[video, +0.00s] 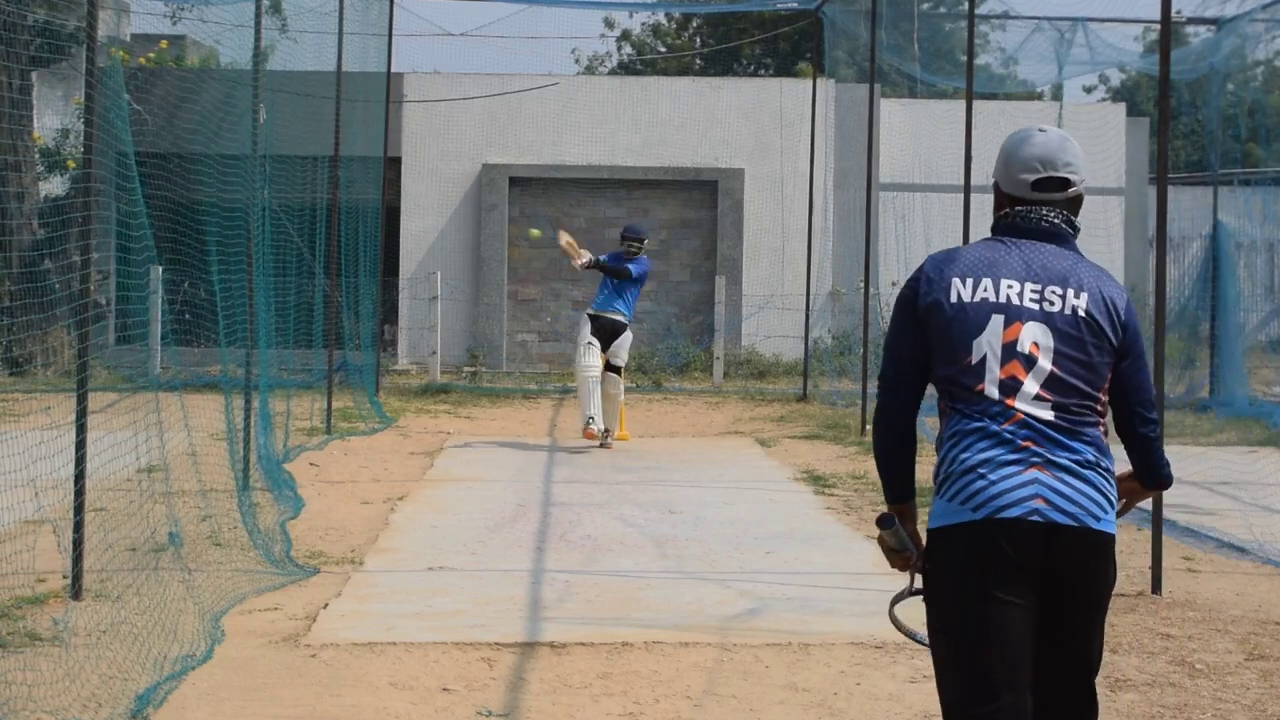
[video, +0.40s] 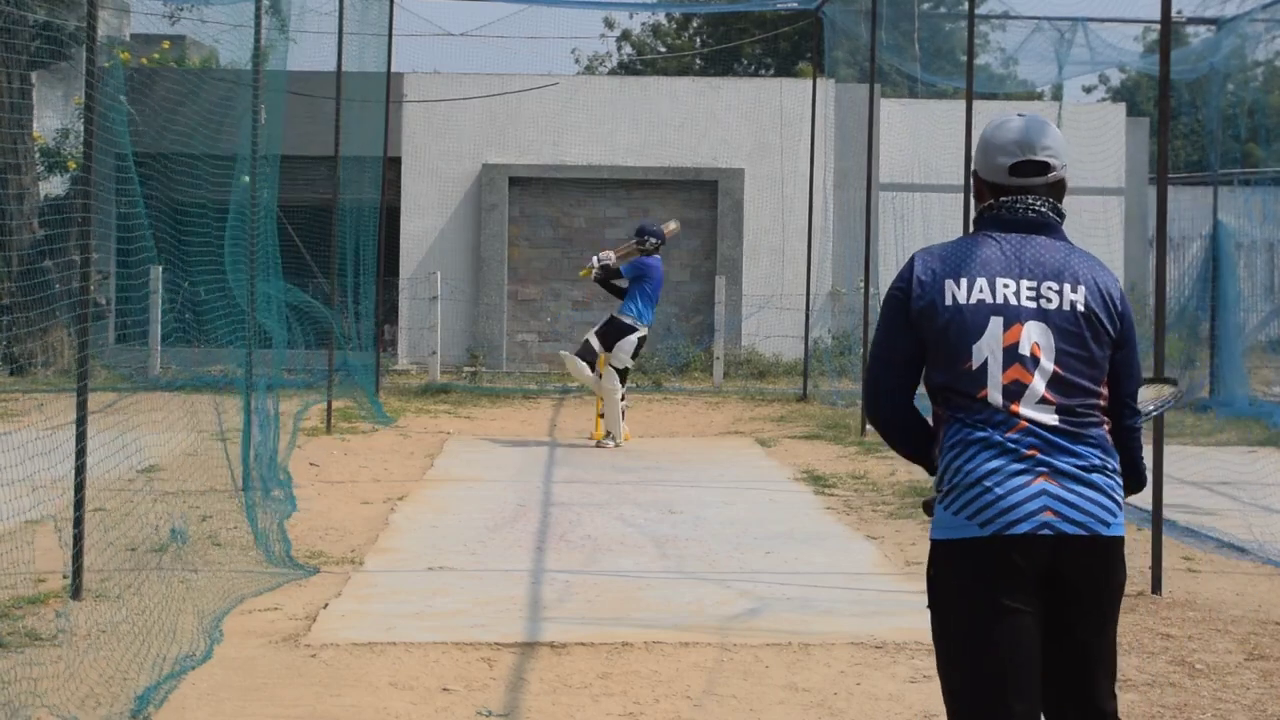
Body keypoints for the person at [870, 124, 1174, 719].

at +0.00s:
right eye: (1072, 193)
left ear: (998, 197)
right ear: (1076, 202)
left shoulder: (938, 275)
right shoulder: (1107, 291)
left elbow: (893, 411)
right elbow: (1139, 417)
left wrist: (901, 513)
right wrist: (1147, 476)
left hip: (976, 518)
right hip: (1084, 523)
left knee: (983, 701)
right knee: (1069, 698)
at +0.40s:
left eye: (979, 179)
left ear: (980, 187)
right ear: (1061, 189)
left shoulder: (928, 271)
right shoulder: (1102, 281)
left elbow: (885, 404)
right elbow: (1125, 411)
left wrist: (951, 460)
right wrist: (1129, 474)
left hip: (979, 531)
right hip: (1091, 531)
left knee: (990, 708)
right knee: (1086, 705)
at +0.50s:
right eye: (1064, 183)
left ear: (990, 189)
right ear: (1071, 190)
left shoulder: (936, 272)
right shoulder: (1110, 279)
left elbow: (893, 401)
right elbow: (1140, 414)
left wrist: (967, 443)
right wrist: (1143, 476)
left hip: (988, 534)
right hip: (1102, 534)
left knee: (996, 709)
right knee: (1113, 706)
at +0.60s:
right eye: (1084, 187)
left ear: (1004, 192)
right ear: (1086, 194)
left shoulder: (948, 271)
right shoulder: (1124, 282)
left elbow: (909, 401)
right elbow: (1154, 424)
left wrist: (983, 445)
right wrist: (1149, 494)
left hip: (996, 533)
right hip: (1114, 532)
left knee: (1002, 708)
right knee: (1137, 705)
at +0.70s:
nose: (1131, 216)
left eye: (1127, 206)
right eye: (1130, 207)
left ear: (1046, 206)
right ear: (1122, 208)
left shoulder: (974, 276)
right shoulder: (1152, 289)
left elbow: (941, 405)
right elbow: (1183, 434)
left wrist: (1010, 456)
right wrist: (1149, 502)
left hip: (1009, 539)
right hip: (1133, 540)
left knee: (1007, 711)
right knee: (1180, 708)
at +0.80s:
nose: (1166, 239)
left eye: (1166, 229)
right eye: (1164, 228)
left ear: (1084, 219)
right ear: (1154, 225)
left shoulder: (1002, 284)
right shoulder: (1181, 301)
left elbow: (971, 414)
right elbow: (1208, 446)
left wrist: (1034, 476)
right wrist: (1172, 515)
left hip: (1025, 547)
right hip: (1153, 549)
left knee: (1010, 710)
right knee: (1202, 709)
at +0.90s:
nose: (1231, 300)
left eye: (1232, 290)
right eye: (1231, 287)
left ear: (1151, 264)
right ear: (1219, 275)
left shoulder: (1064, 317)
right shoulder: (1236, 330)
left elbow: (1031, 451)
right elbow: (1255, 461)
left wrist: (1077, 518)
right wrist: (1229, 538)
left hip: (1064, 560)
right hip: (1197, 566)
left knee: (1023, 710)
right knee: (1238, 710)